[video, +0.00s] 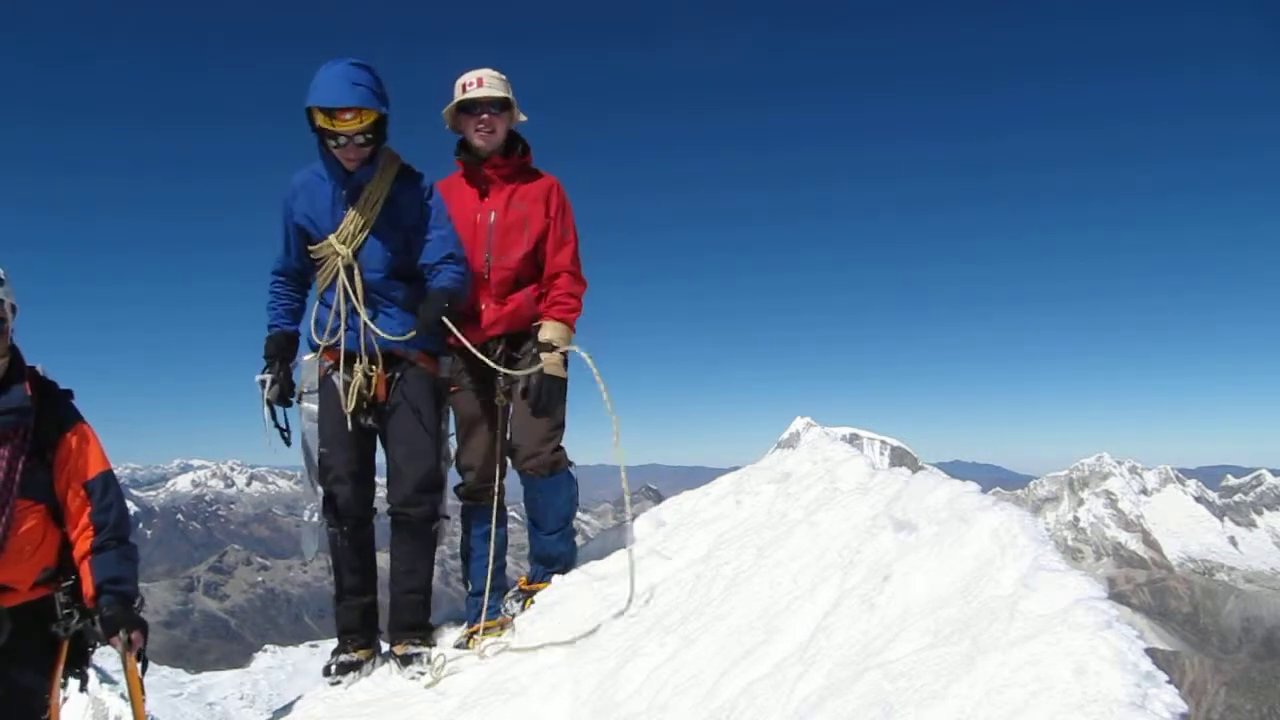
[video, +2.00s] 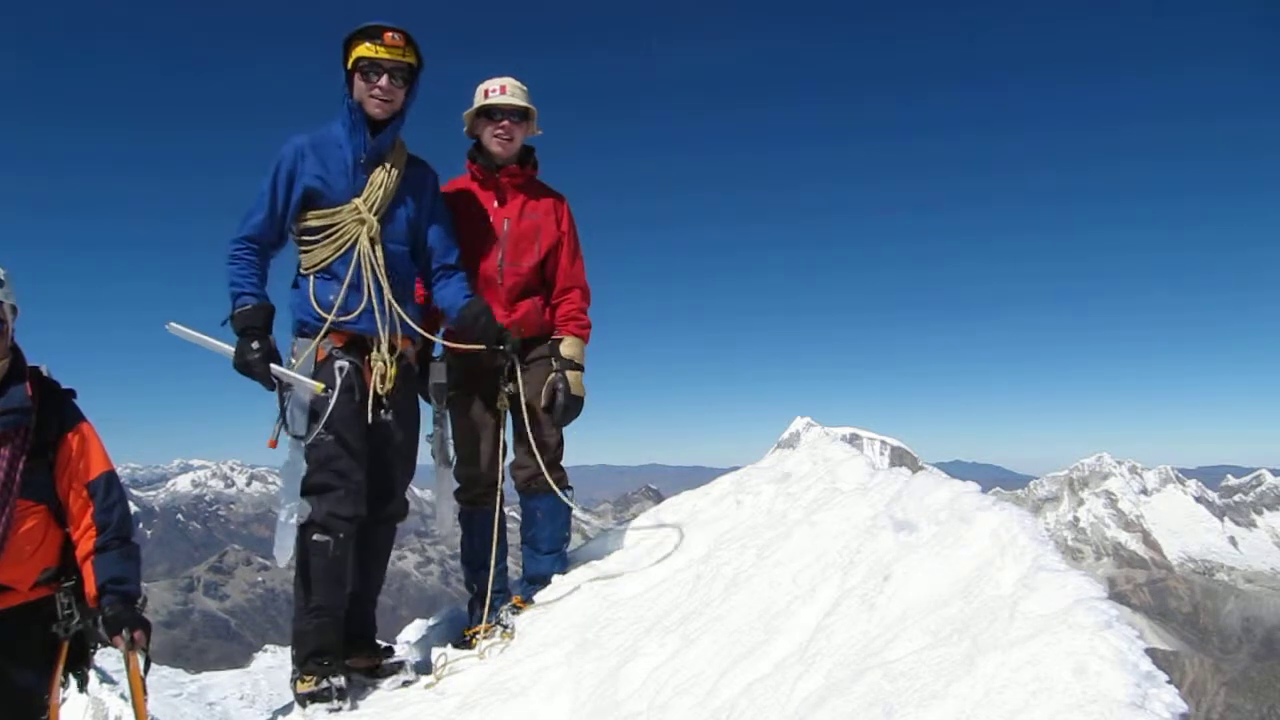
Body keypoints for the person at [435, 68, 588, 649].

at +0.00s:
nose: (484, 120)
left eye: (493, 110)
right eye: (472, 112)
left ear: (512, 118)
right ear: (458, 124)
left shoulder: (544, 190)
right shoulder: (442, 196)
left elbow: (564, 272)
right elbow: (428, 272)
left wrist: (555, 338)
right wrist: (427, 352)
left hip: (529, 340)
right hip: (464, 345)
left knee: (537, 453)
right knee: (478, 468)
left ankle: (550, 572)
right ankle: (483, 600)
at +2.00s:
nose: (503, 128)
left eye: (514, 119)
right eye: (491, 119)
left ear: (528, 129)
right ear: (474, 128)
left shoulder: (551, 206)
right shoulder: (448, 202)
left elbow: (571, 290)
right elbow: (428, 283)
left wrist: (570, 360)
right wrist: (416, 355)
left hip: (535, 352)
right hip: (467, 354)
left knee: (540, 465)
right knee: (478, 476)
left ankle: (544, 586)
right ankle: (486, 603)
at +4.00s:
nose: (498, 126)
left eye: (509, 117)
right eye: (488, 117)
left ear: (525, 128)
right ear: (471, 126)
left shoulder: (554, 208)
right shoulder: (443, 203)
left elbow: (582, 286)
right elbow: (422, 280)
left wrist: (569, 279)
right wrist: (426, 365)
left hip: (533, 351)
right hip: (463, 355)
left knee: (536, 468)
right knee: (474, 479)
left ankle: (541, 589)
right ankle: (485, 604)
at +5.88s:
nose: (486, 126)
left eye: (497, 117)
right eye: (475, 117)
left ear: (514, 126)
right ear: (460, 128)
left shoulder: (541, 202)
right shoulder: (438, 203)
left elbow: (563, 286)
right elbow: (422, 288)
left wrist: (561, 356)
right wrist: (424, 367)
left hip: (527, 349)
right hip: (461, 355)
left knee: (537, 457)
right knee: (475, 474)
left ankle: (541, 585)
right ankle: (484, 601)